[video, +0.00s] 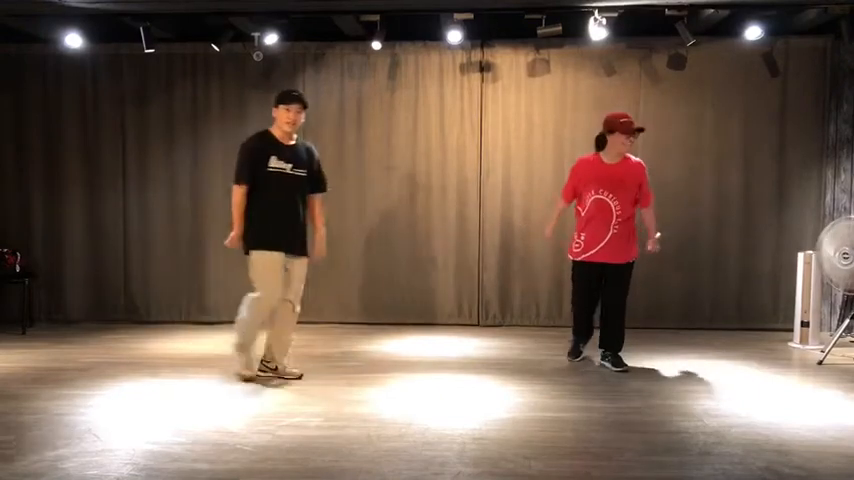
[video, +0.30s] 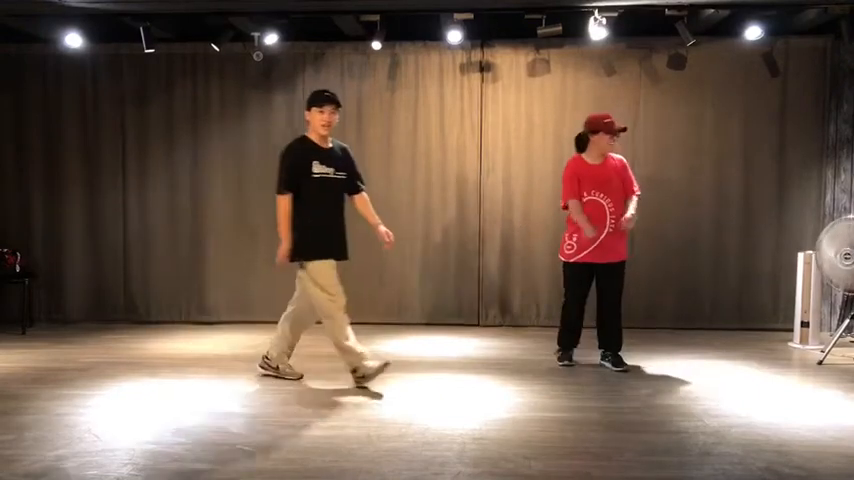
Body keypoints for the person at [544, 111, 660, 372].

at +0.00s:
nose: (631, 139)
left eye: (632, 135)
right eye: (626, 135)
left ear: (631, 138)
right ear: (610, 136)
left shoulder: (636, 167)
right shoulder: (584, 165)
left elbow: (645, 204)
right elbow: (566, 198)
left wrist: (652, 233)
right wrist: (551, 224)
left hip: (621, 251)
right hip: (586, 250)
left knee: (614, 305)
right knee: (582, 302)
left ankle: (610, 351)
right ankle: (579, 339)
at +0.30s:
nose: (614, 139)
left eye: (614, 135)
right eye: (609, 135)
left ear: (609, 138)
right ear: (594, 137)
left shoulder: (619, 163)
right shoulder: (575, 165)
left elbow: (633, 194)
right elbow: (572, 202)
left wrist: (629, 214)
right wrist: (586, 225)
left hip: (612, 247)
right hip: (580, 247)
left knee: (610, 303)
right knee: (574, 302)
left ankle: (610, 351)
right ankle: (566, 349)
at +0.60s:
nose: (591, 139)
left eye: (591, 134)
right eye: (586, 135)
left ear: (587, 138)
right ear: (571, 139)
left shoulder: (599, 163)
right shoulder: (557, 172)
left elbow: (614, 196)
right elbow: (557, 211)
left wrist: (623, 222)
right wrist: (577, 233)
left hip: (600, 248)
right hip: (568, 250)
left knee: (604, 302)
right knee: (566, 303)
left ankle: (611, 350)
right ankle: (564, 349)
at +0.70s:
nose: (589, 137)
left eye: (590, 133)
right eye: (584, 134)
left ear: (588, 137)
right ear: (569, 138)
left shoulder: (599, 163)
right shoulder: (555, 173)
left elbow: (610, 195)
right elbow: (551, 213)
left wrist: (615, 223)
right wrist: (551, 245)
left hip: (600, 247)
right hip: (568, 249)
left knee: (605, 301)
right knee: (565, 303)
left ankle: (610, 348)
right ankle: (564, 349)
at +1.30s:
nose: (602, 140)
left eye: (607, 136)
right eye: (598, 135)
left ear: (614, 140)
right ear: (590, 139)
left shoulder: (622, 169)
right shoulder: (577, 166)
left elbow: (630, 199)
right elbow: (572, 203)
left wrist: (638, 219)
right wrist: (580, 232)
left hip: (606, 246)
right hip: (577, 245)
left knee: (603, 298)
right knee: (572, 297)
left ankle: (602, 340)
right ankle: (564, 343)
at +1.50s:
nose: (602, 141)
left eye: (608, 136)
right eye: (598, 136)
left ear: (616, 140)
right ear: (591, 139)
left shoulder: (623, 169)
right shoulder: (581, 164)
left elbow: (629, 203)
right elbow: (574, 197)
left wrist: (632, 225)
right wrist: (609, 217)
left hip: (606, 242)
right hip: (577, 239)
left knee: (603, 296)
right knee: (565, 291)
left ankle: (603, 339)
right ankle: (552, 338)